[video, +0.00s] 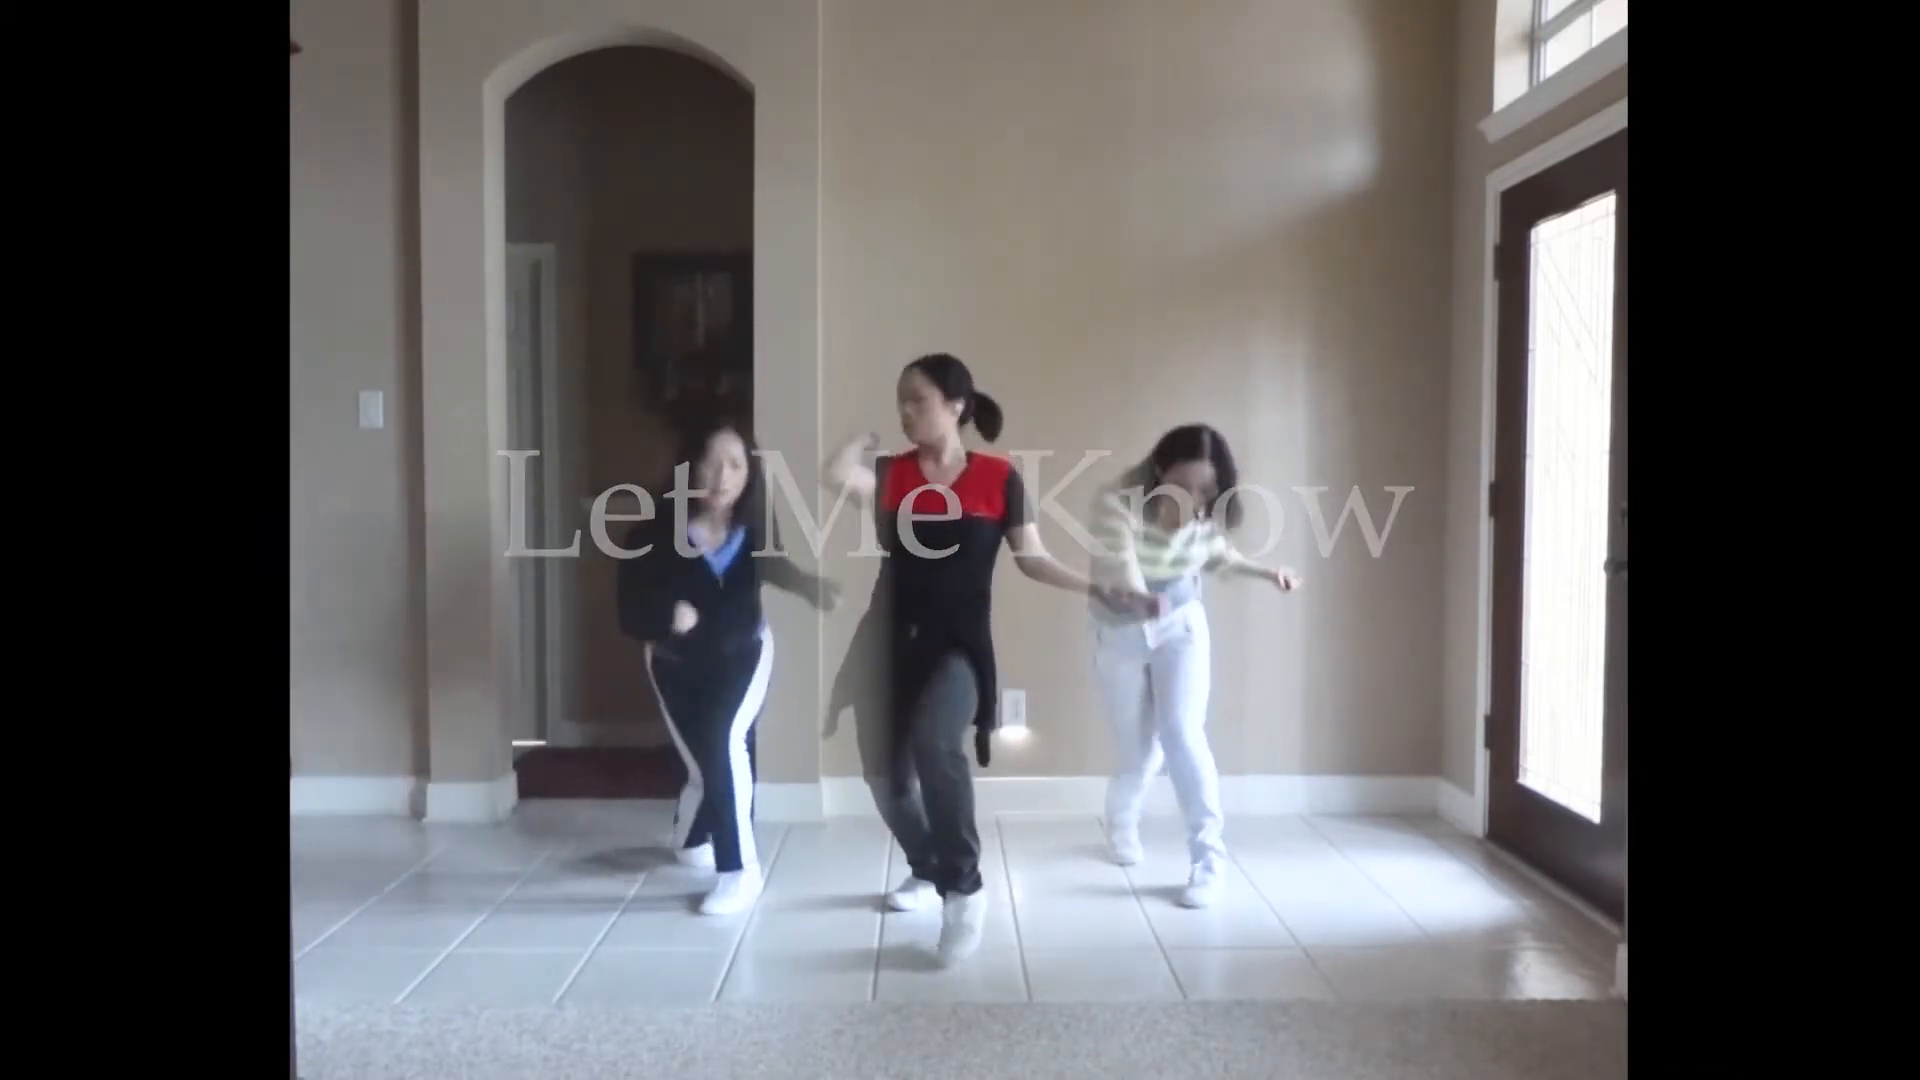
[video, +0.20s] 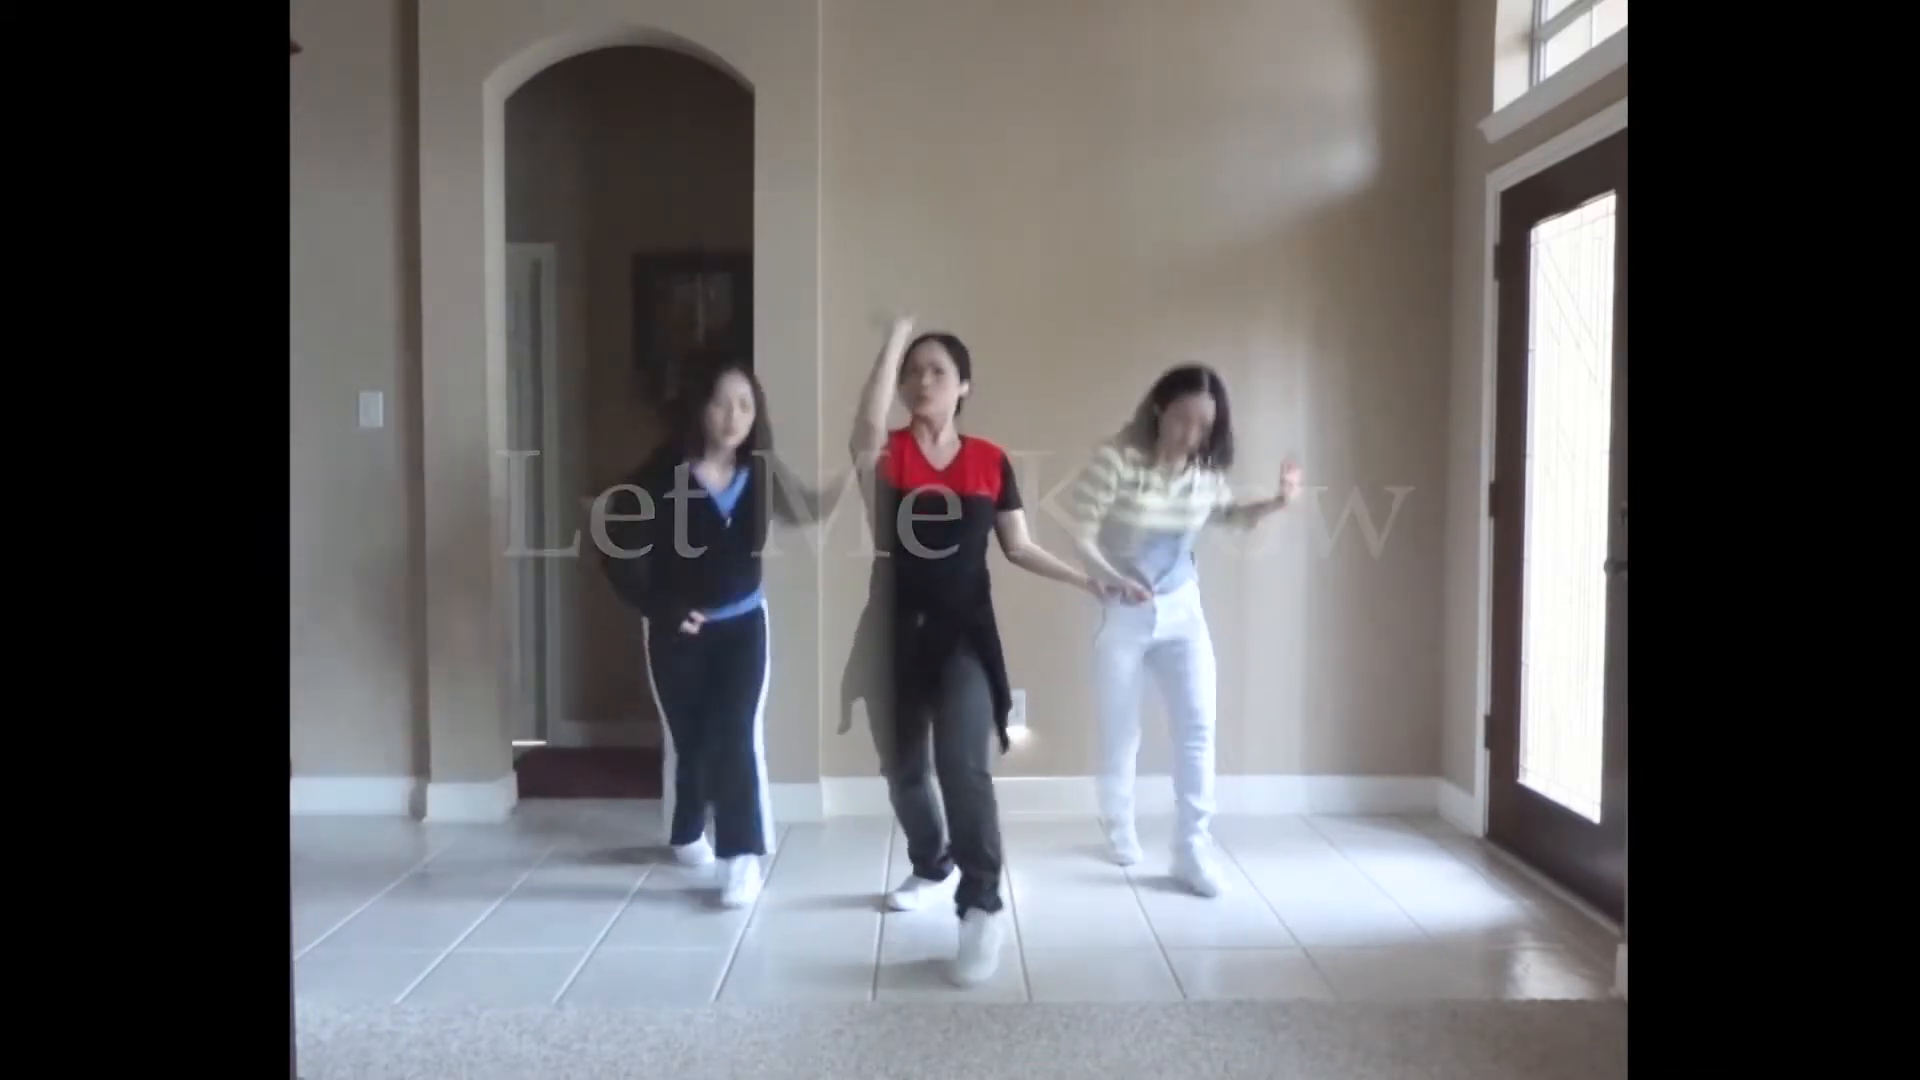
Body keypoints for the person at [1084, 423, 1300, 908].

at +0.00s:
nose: (1190, 503)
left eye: (1204, 495)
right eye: (1182, 487)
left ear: (1216, 493)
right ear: (1161, 471)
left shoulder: (1203, 526)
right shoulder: (1117, 504)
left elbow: (1220, 561)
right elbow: (1115, 561)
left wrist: (1266, 573)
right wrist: (1135, 594)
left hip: (1180, 624)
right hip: (1118, 630)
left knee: (1182, 732)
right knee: (1138, 748)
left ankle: (1207, 858)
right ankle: (1121, 824)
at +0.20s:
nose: (1192, 434)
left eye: (1203, 424)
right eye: (1184, 419)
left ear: (1212, 428)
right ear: (1160, 412)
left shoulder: (1206, 474)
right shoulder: (1116, 461)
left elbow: (1224, 518)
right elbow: (1072, 520)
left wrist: (1275, 502)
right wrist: (1110, 577)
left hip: (1180, 612)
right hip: (1121, 614)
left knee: (1196, 730)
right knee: (1120, 731)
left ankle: (1193, 848)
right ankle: (1119, 829)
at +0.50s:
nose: (1178, 389)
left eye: (1189, 381)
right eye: (1167, 377)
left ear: (1196, 392)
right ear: (1142, 380)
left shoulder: (1208, 453)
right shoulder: (1113, 449)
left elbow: (1269, 469)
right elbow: (1071, 518)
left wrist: (1336, 485)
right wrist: (1093, 579)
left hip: (1196, 613)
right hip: (1144, 612)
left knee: (1195, 741)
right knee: (1174, 738)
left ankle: (1166, 846)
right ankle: (1105, 780)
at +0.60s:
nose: (1175, 398)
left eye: (1185, 390)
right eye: (1165, 386)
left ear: (1195, 401)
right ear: (1140, 389)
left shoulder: (1201, 460)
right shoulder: (1111, 454)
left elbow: (1251, 477)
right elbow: (1075, 526)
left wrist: (1305, 490)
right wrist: (1108, 589)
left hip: (1203, 617)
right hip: (1148, 618)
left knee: (1204, 734)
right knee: (1221, 731)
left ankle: (1164, 847)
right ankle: (1120, 727)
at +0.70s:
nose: (1174, 404)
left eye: (1184, 398)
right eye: (1164, 392)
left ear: (1191, 409)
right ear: (1138, 393)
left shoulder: (1191, 469)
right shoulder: (1110, 454)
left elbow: (1216, 515)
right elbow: (1074, 526)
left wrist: (1251, 495)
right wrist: (1113, 584)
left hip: (1206, 614)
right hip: (1156, 617)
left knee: (1199, 735)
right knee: (1238, 724)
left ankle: (1165, 848)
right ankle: (1131, 735)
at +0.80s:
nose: (1169, 389)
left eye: (1180, 383)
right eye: (1159, 377)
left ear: (1187, 396)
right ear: (1134, 381)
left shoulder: (1193, 456)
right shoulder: (1112, 446)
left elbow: (1243, 502)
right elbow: (1074, 521)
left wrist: (1239, 447)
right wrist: (1118, 576)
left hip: (1204, 602)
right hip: (1160, 604)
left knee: (1180, 726)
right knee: (1235, 718)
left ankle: (1165, 842)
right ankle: (1142, 802)